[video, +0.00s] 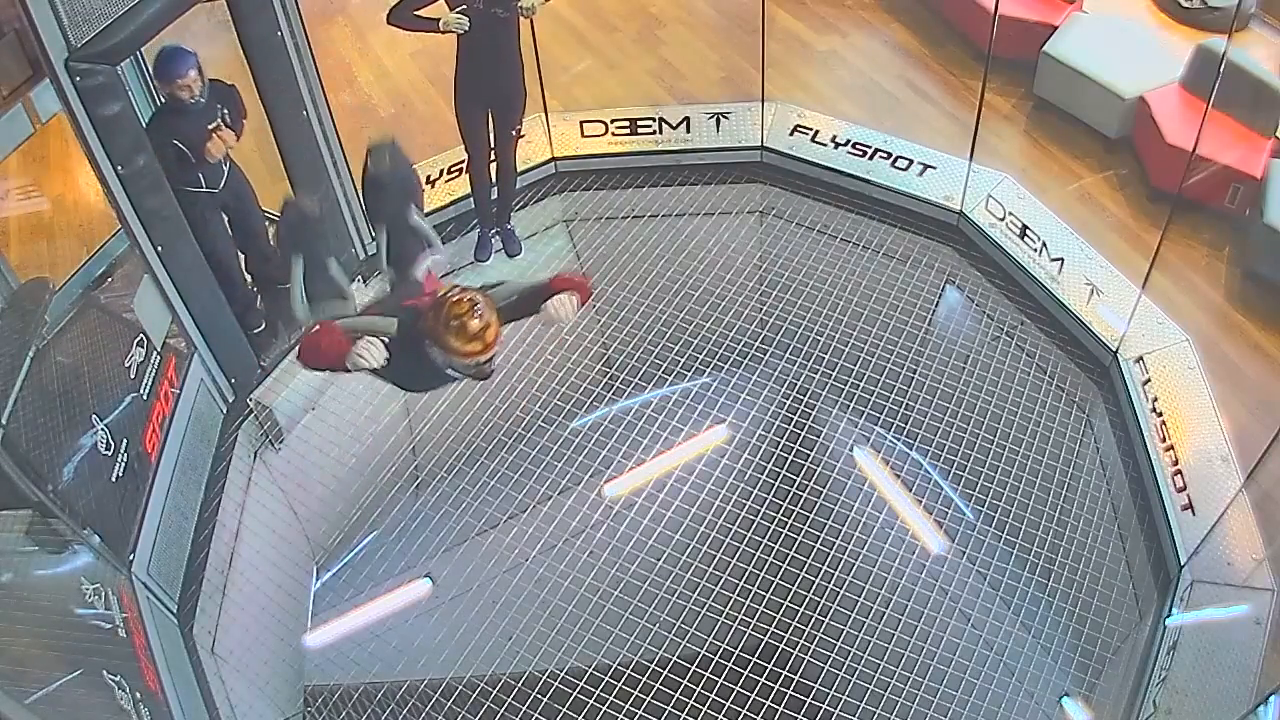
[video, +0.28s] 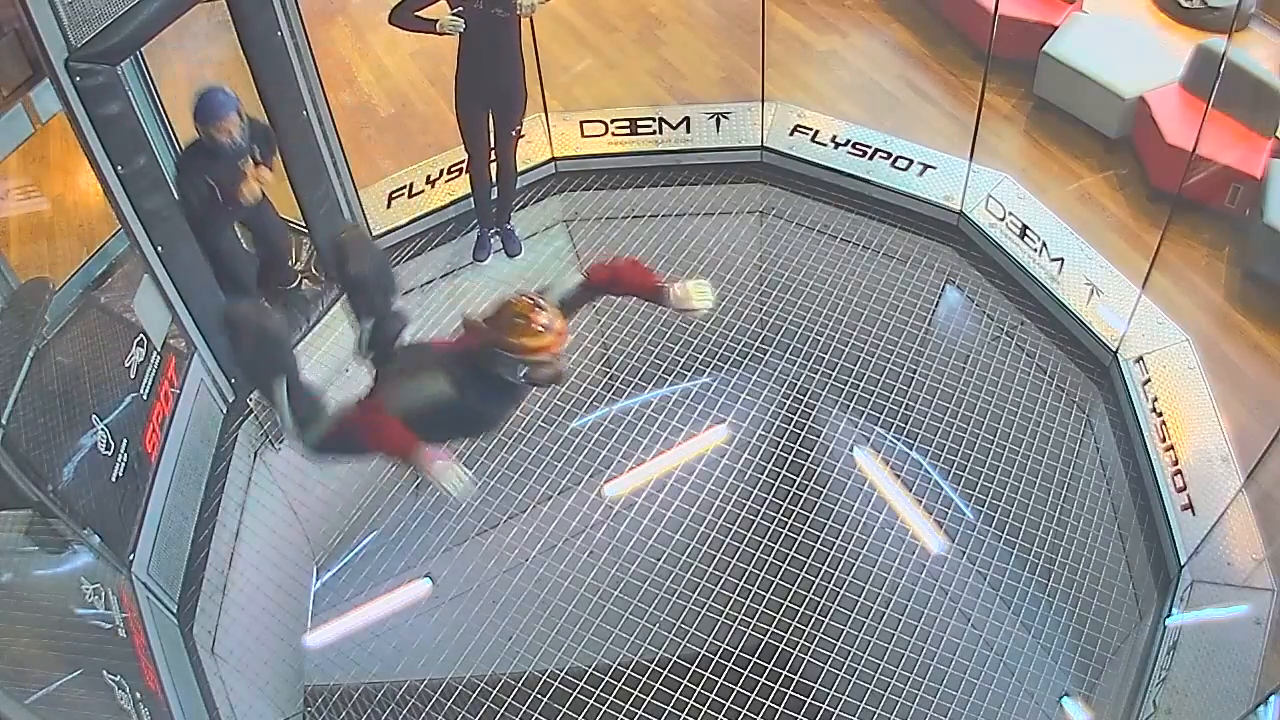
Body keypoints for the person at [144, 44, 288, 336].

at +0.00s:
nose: (193, 91)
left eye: (195, 81)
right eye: (183, 89)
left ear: (199, 71)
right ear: (163, 88)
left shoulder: (218, 90)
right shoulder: (158, 129)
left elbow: (235, 102)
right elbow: (172, 176)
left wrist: (233, 130)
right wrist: (205, 157)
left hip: (231, 178)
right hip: (196, 200)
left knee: (257, 238)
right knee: (224, 262)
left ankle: (276, 292)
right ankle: (253, 324)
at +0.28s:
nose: (230, 134)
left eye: (232, 125)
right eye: (221, 130)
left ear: (240, 113)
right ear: (203, 131)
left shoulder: (251, 128)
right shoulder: (191, 162)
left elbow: (266, 136)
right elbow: (200, 214)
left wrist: (264, 165)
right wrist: (235, 200)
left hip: (251, 198)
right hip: (215, 217)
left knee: (278, 236)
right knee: (237, 264)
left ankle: (278, 283)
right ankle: (249, 305)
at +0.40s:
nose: (251, 164)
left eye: (253, 154)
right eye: (241, 160)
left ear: (260, 144)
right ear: (224, 160)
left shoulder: (275, 157)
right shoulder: (206, 195)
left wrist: (300, 197)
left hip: (269, 226)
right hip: (229, 245)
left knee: (302, 278)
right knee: (252, 290)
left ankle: (334, 344)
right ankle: (255, 322)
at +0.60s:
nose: (298, 218)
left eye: (298, 208)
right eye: (287, 214)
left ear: (303, 197)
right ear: (270, 213)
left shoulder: (309, 197)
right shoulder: (237, 240)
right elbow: (249, 292)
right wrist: (287, 281)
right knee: (271, 310)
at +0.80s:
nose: (356, 281)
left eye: (356, 272)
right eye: (345, 278)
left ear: (356, 254)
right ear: (325, 276)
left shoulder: (348, 245)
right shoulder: (306, 295)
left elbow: (386, 253)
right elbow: (298, 343)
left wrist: (413, 275)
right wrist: (336, 354)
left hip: (280, 236)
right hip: (257, 265)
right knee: (272, 342)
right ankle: (240, 295)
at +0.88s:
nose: (382, 308)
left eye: (383, 297)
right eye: (371, 304)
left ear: (384, 282)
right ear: (349, 300)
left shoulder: (374, 264)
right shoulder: (323, 312)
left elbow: (415, 267)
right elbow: (316, 370)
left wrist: (455, 286)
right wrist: (353, 384)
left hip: (297, 245)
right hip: (270, 272)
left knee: (295, 325)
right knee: (269, 344)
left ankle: (259, 265)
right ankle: (235, 284)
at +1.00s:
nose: (421, 338)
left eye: (422, 330)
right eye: (413, 335)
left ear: (418, 306)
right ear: (389, 333)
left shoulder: (400, 292)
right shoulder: (358, 337)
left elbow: (456, 295)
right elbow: (344, 397)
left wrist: (503, 309)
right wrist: (380, 421)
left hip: (321, 261)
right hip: (296, 289)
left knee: (277, 272)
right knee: (269, 325)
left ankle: (229, 256)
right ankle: (225, 277)